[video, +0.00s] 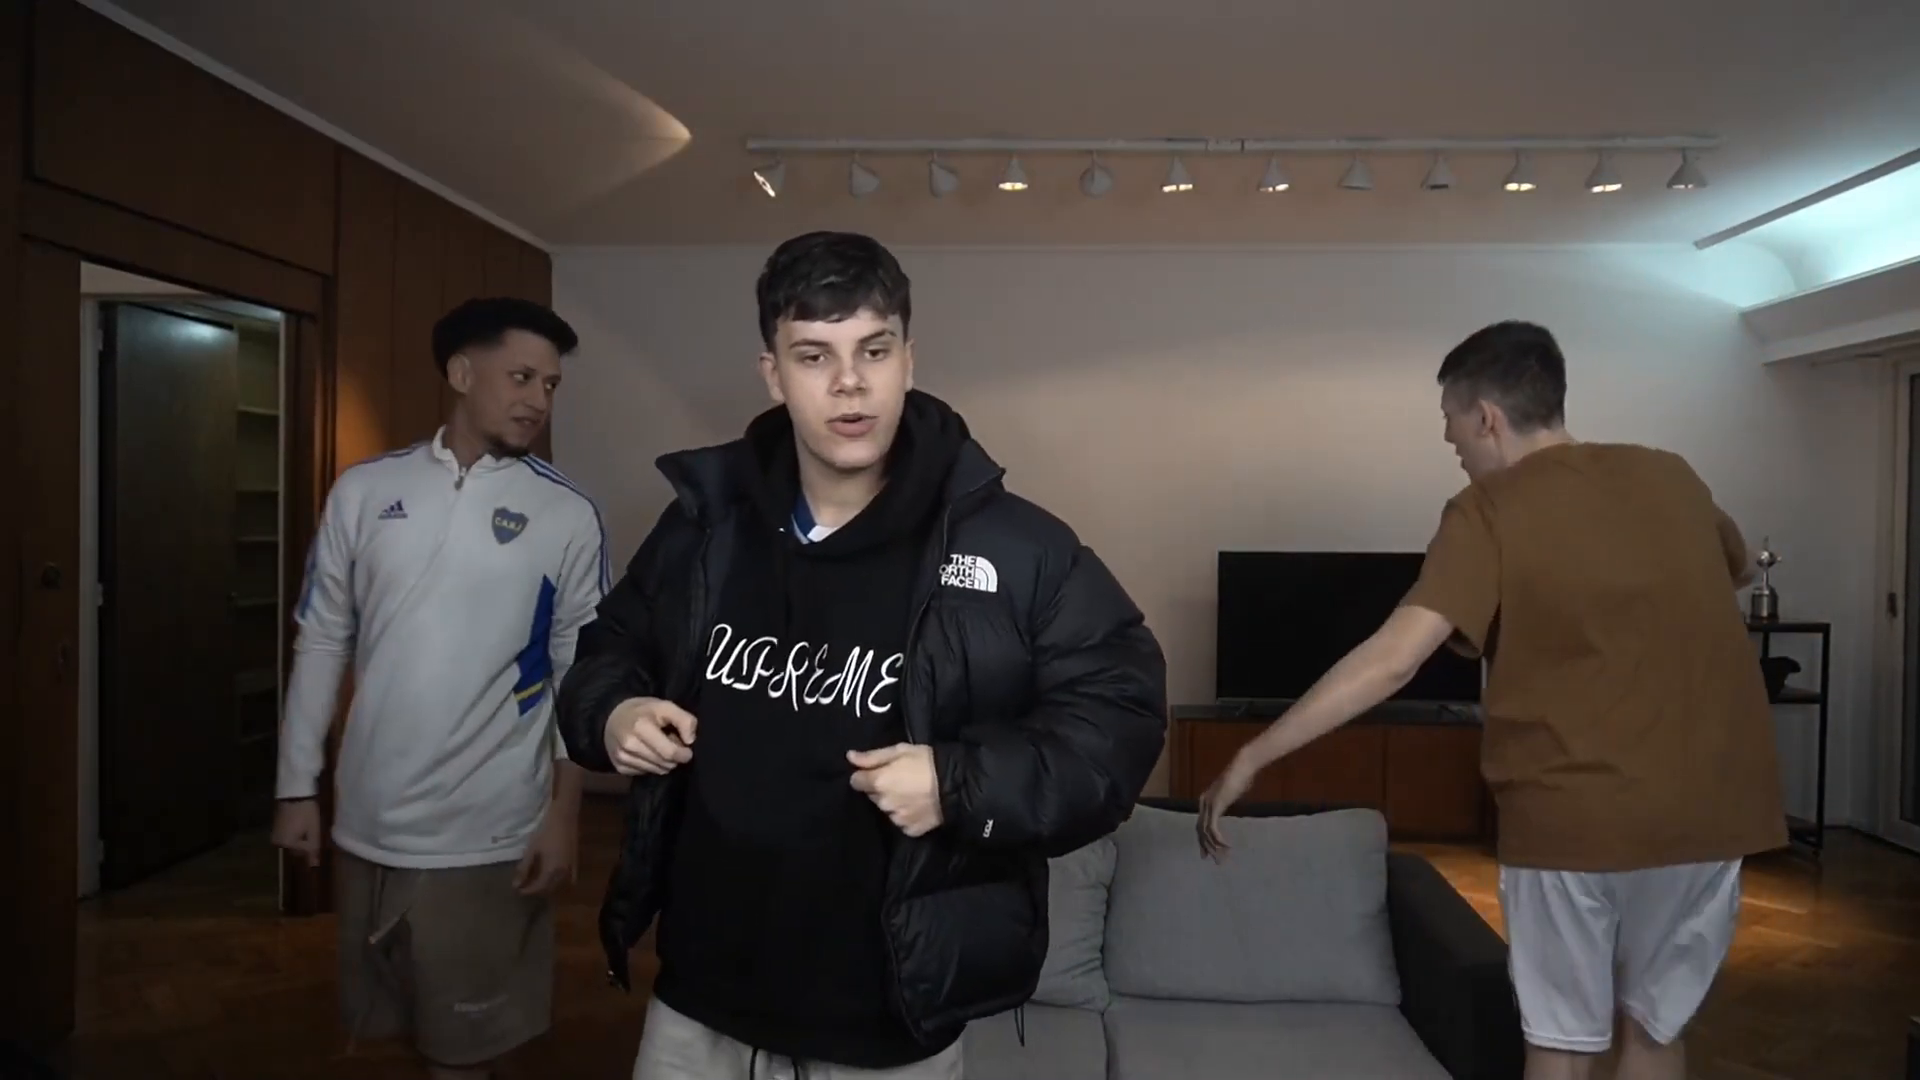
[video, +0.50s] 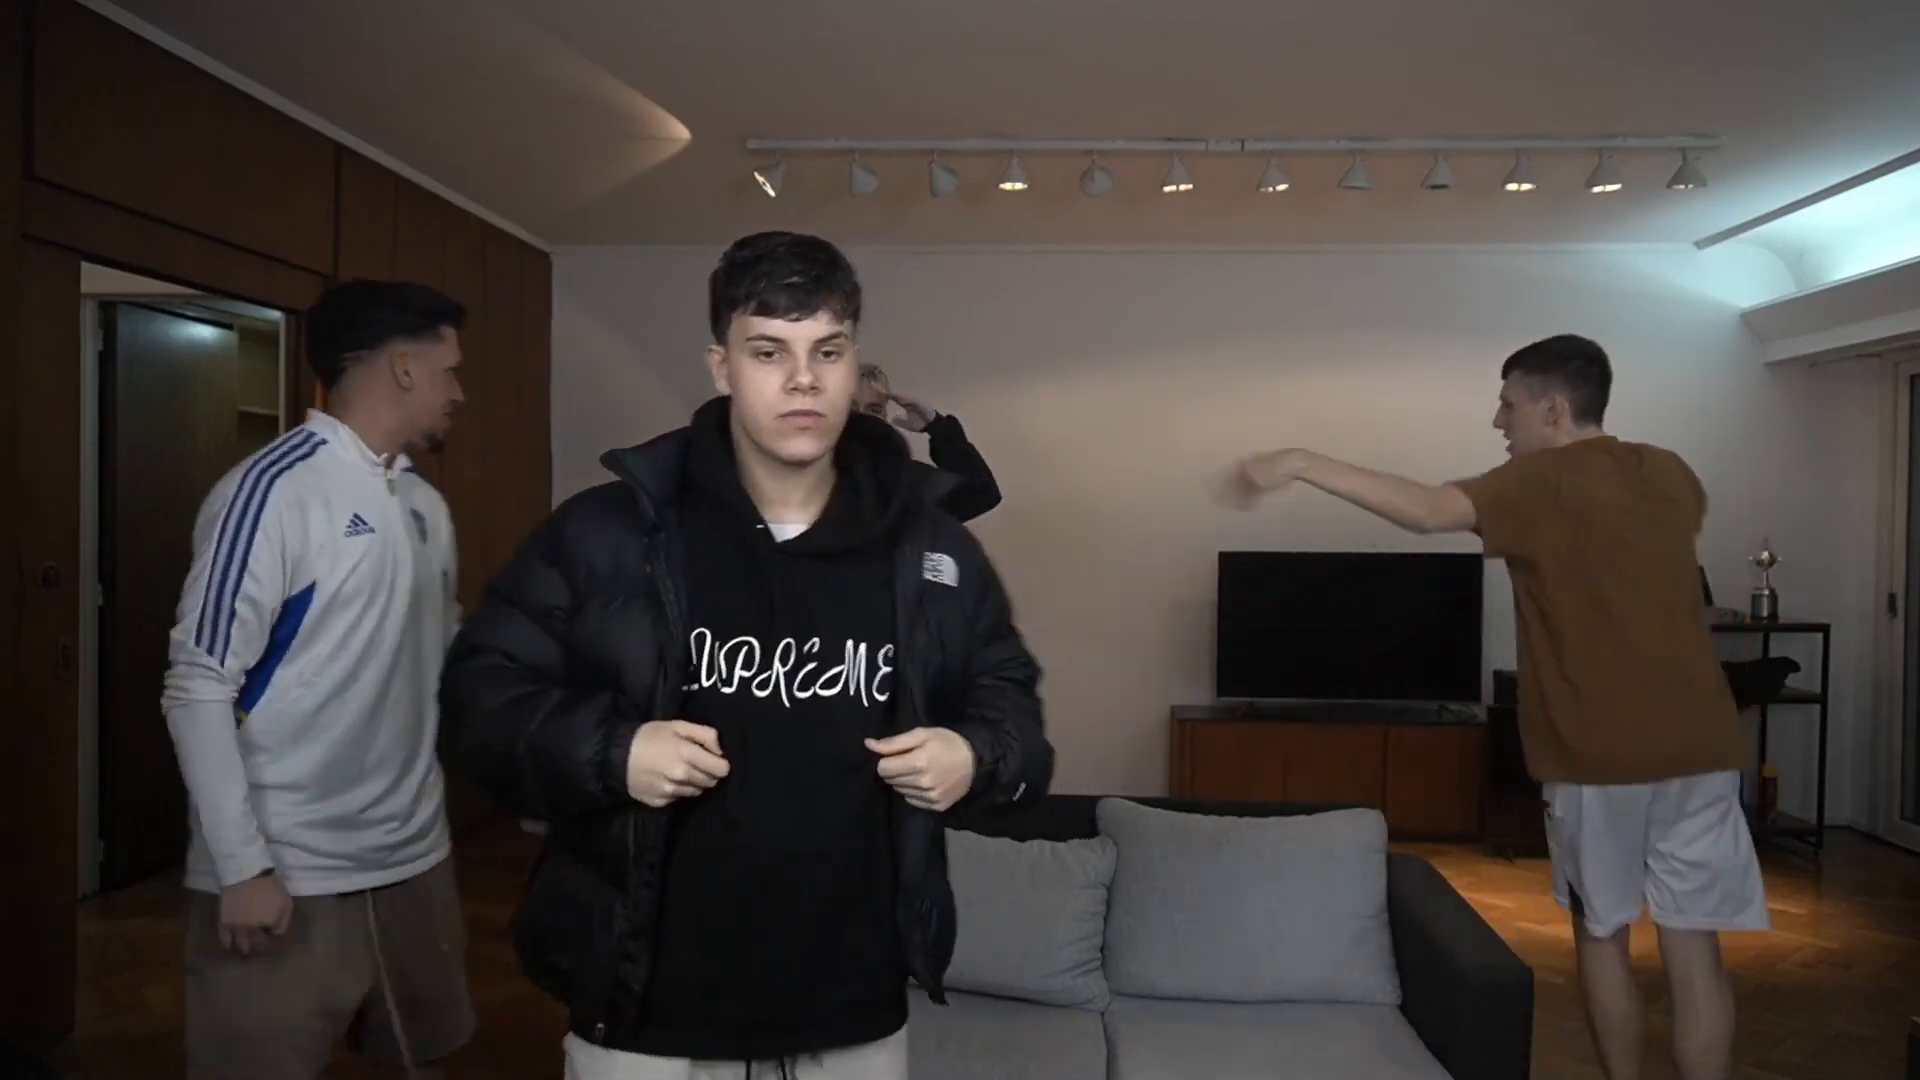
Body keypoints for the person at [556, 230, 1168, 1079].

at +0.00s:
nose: (849, 384)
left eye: (875, 352)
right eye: (816, 357)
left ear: (909, 358)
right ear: (773, 373)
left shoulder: (1014, 553)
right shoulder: (704, 527)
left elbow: (1121, 719)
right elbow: (601, 661)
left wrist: (965, 780)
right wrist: (612, 714)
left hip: (891, 1018)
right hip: (705, 999)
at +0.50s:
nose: (802, 383)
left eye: (828, 354)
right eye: (770, 354)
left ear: (858, 366)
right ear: (721, 366)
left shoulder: (927, 545)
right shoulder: (610, 532)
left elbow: (1016, 724)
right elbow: (478, 697)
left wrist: (975, 757)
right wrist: (610, 749)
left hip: (850, 1009)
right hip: (650, 1009)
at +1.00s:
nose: (543, 392)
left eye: (564, 363)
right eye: (503, 364)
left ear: (587, 371)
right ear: (446, 377)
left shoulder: (612, 545)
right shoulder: (337, 566)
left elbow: (664, 682)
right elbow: (248, 772)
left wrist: (714, 726)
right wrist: (484, 788)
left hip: (615, 1002)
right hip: (425, 1022)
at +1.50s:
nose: (356, 387)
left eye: (374, 360)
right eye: (317, 360)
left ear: (394, 373)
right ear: (251, 377)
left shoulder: (404, 526)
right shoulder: (160, 545)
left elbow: (449, 674)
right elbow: (81, 752)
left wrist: (511, 701)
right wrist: (328, 751)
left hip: (390, 969)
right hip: (247, 994)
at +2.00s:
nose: (108, 368)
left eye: (129, 340)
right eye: (67, 341)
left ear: (158, 354)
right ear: (9, 360)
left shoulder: (178, 481)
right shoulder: (9, 493)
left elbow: (233, 652)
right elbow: (15, 716)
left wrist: (313, 674)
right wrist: (101, 730)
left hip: (204, 927)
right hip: (49, 947)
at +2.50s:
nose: (97, 370)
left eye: (108, 356)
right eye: (73, 356)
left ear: (121, 370)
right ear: (24, 370)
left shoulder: (164, 487)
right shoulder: (5, 481)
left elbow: (175, 613)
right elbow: (8, 620)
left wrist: (188, 726)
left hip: (154, 779)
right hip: (37, 787)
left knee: (159, 970)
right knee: (33, 989)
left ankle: (151, 1074)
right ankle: (40, 1074)